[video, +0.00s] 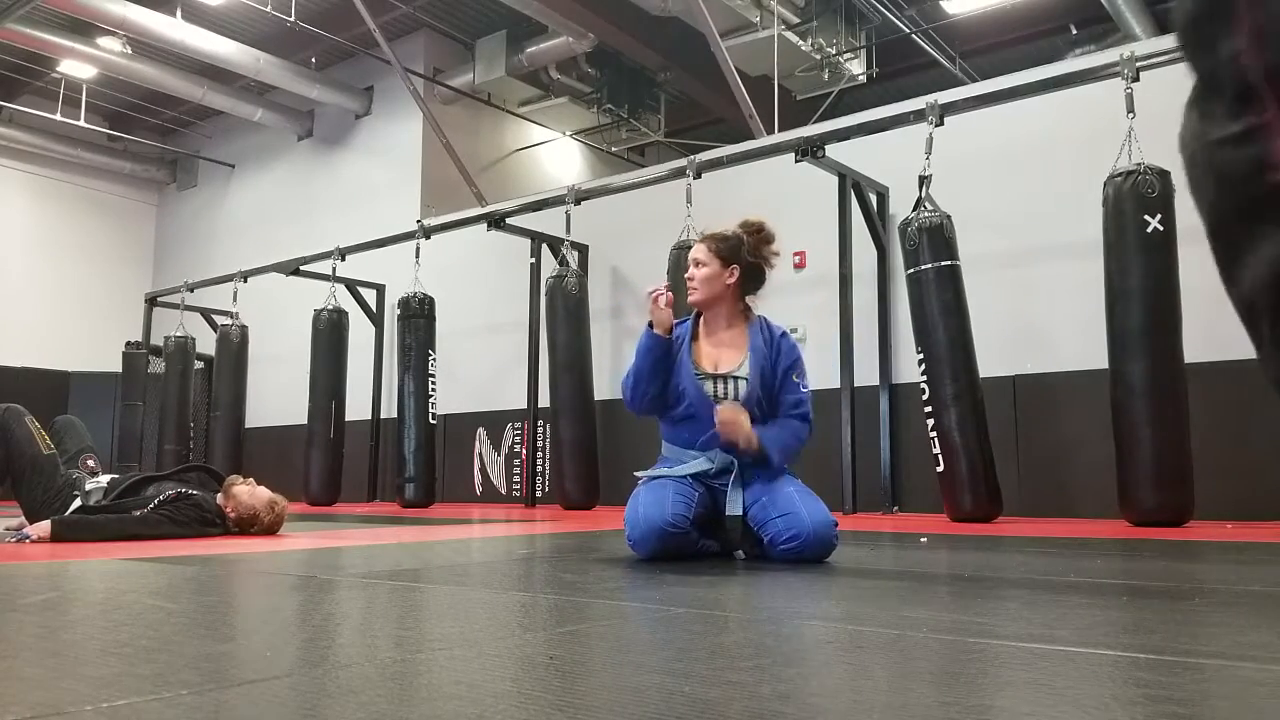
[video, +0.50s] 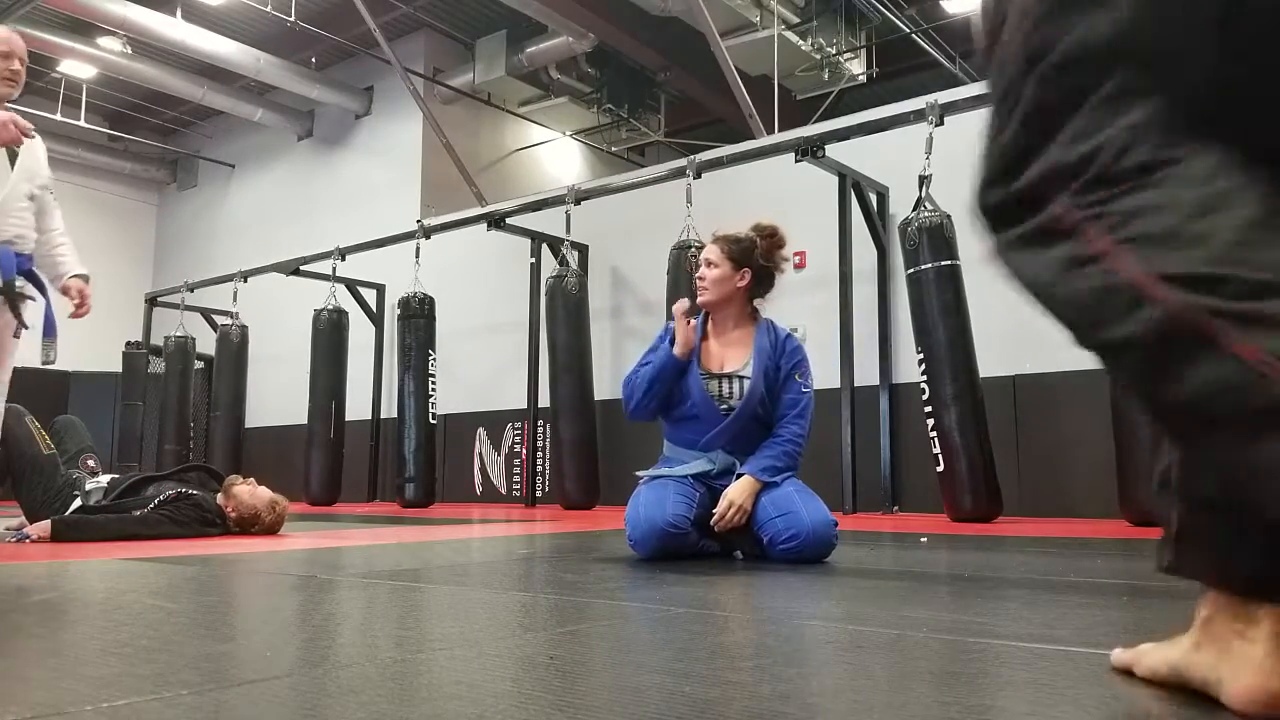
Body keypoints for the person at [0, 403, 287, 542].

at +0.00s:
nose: (246, 477)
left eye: (248, 487)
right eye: (253, 483)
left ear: (233, 509)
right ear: (235, 504)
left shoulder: (199, 513)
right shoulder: (215, 490)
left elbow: (130, 524)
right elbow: (151, 487)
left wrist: (56, 527)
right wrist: (112, 481)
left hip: (68, 500)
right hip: (99, 486)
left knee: (11, 414)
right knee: (66, 421)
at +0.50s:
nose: (247, 477)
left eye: (250, 487)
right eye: (255, 483)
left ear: (233, 508)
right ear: (235, 504)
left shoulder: (199, 513)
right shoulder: (214, 490)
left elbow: (130, 524)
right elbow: (151, 485)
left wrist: (57, 527)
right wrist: (110, 480)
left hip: (69, 500)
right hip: (98, 485)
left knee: (12, 415)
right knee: (66, 421)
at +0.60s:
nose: (247, 477)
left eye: (250, 487)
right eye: (255, 483)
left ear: (235, 509)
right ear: (236, 504)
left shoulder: (200, 513)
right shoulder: (213, 490)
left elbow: (131, 524)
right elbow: (151, 484)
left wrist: (57, 527)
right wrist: (109, 479)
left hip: (68, 500)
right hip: (97, 484)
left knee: (15, 415)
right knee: (67, 422)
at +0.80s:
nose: (248, 478)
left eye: (251, 488)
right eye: (256, 483)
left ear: (232, 510)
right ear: (233, 507)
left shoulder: (198, 512)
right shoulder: (214, 491)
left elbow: (128, 524)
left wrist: (54, 526)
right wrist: (112, 486)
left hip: (71, 503)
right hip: (102, 489)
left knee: (28, 429)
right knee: (68, 424)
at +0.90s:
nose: (248, 477)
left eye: (251, 486)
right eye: (256, 481)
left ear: (235, 511)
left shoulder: (201, 513)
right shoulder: (209, 484)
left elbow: (129, 525)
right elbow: (148, 484)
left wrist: (53, 526)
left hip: (69, 502)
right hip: (90, 483)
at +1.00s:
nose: (249, 478)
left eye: (252, 488)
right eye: (256, 483)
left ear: (231, 510)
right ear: (232, 506)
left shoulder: (201, 512)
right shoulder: (209, 490)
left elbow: (129, 524)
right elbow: (141, 495)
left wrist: (54, 526)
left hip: (73, 501)